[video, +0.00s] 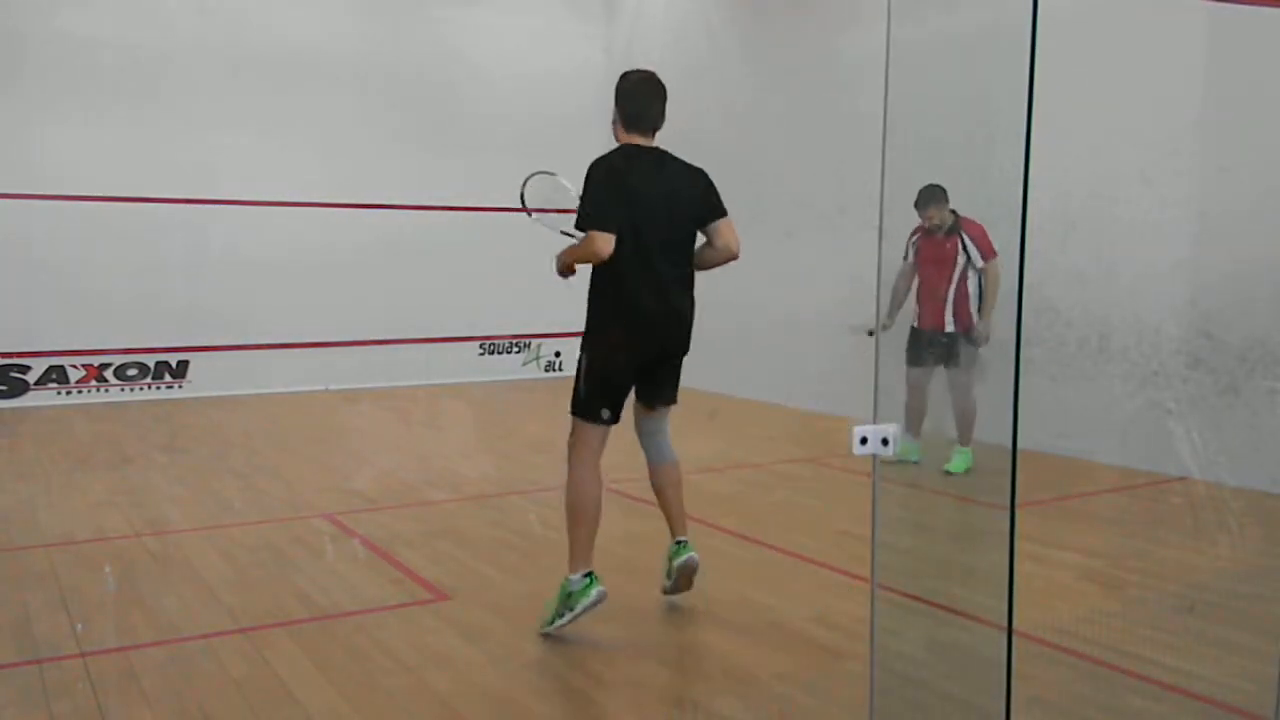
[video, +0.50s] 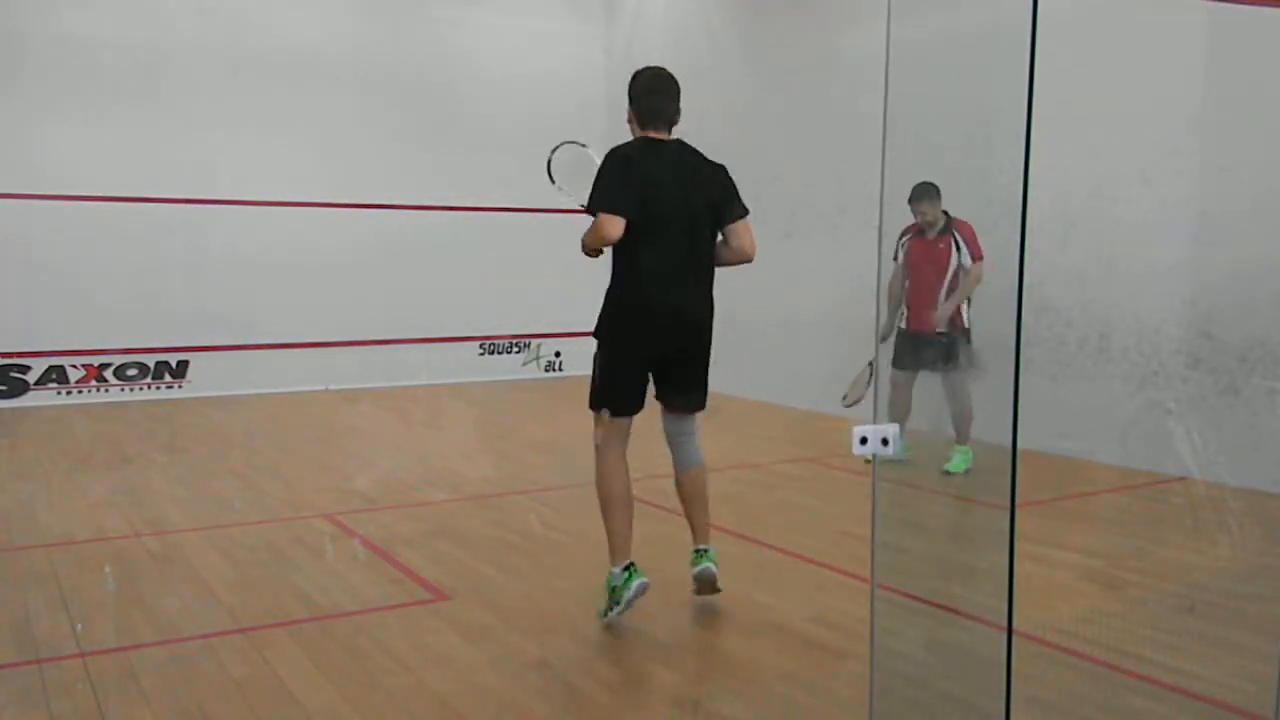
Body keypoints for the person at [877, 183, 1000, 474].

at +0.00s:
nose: (927, 223)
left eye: (932, 217)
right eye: (923, 218)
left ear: (946, 208)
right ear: (919, 214)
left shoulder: (970, 232)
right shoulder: (918, 237)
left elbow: (992, 271)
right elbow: (906, 275)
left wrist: (985, 319)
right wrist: (891, 314)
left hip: (960, 330)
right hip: (924, 328)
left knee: (961, 388)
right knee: (915, 385)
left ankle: (963, 450)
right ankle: (910, 443)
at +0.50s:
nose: (922, 220)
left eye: (927, 214)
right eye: (917, 215)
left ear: (940, 207)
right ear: (912, 212)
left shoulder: (960, 232)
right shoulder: (908, 237)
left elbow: (974, 273)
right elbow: (898, 279)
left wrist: (949, 306)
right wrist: (889, 320)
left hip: (948, 330)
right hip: (912, 328)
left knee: (955, 386)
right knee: (899, 382)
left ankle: (962, 448)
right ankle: (895, 442)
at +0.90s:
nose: (905, 203)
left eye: (910, 198)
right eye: (900, 198)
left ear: (917, 201)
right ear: (891, 202)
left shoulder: (928, 232)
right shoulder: (880, 234)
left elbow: (930, 277)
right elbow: (868, 278)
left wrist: (918, 316)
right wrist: (863, 319)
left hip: (915, 325)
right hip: (884, 326)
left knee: (929, 383)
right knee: (888, 384)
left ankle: (955, 442)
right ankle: (893, 444)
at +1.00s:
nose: (900, 203)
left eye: (905, 198)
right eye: (895, 198)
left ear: (913, 200)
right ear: (887, 201)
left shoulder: (924, 233)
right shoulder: (876, 233)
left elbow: (932, 279)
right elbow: (865, 274)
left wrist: (932, 320)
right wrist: (856, 308)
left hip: (909, 324)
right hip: (879, 324)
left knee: (914, 379)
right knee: (886, 382)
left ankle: (945, 440)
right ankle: (890, 443)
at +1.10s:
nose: (896, 202)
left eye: (902, 198)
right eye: (891, 197)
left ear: (909, 201)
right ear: (884, 200)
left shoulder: (921, 233)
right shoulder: (872, 233)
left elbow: (937, 277)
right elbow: (862, 271)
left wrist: (943, 319)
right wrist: (850, 299)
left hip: (906, 322)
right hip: (876, 322)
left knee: (906, 379)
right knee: (885, 382)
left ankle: (926, 438)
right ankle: (889, 441)